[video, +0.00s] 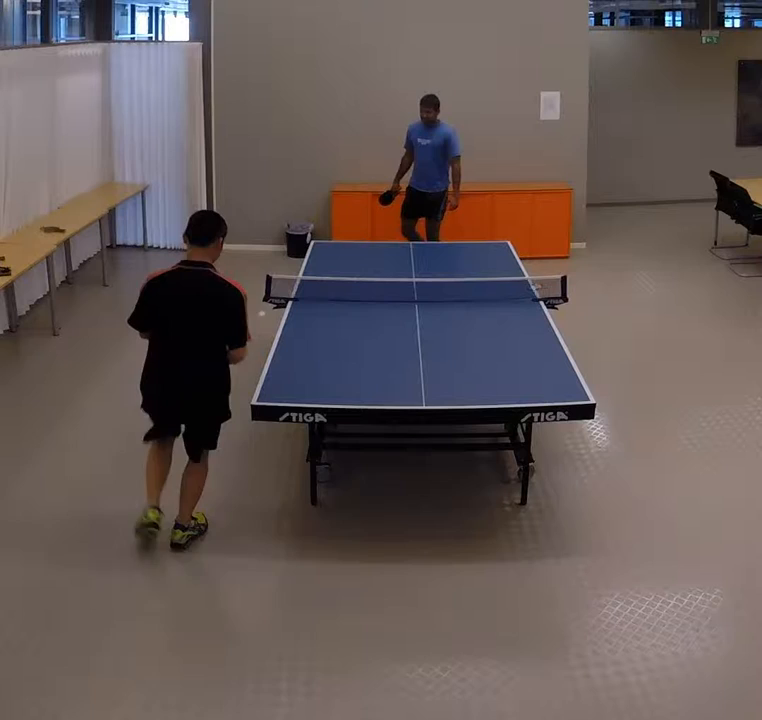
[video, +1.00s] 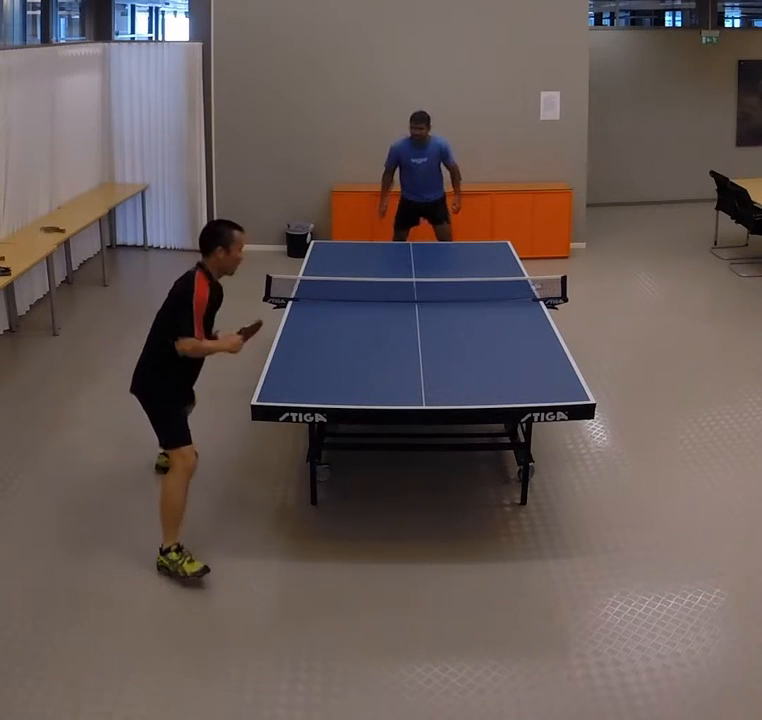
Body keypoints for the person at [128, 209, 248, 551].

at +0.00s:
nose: (222, 246)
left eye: (219, 241)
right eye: (223, 241)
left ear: (185, 241)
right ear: (219, 244)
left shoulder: (157, 282)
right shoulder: (230, 294)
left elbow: (143, 330)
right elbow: (237, 353)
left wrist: (171, 335)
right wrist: (208, 350)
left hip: (161, 384)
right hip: (206, 389)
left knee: (162, 436)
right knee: (198, 454)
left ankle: (152, 507)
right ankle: (183, 525)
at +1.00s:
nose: (242, 258)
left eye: (242, 251)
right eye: (239, 251)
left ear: (219, 252)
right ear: (219, 252)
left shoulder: (211, 285)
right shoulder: (194, 288)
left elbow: (200, 336)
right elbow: (183, 345)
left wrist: (233, 337)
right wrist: (222, 345)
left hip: (175, 378)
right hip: (156, 385)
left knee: (184, 408)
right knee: (184, 460)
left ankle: (165, 456)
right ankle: (169, 550)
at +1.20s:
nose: (245, 262)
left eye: (245, 255)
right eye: (242, 255)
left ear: (219, 255)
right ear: (220, 257)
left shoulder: (209, 284)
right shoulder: (195, 301)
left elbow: (225, 317)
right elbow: (224, 363)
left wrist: (262, 317)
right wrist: (268, 334)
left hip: (181, 386)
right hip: (163, 398)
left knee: (185, 432)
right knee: (190, 480)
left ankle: (164, 472)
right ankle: (171, 556)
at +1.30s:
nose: (255, 259)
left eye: (256, 252)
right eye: (252, 252)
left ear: (226, 252)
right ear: (231, 255)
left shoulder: (214, 281)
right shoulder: (203, 297)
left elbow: (236, 301)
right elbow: (235, 358)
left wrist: (273, 286)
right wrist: (285, 328)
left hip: (190, 391)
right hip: (167, 399)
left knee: (197, 451)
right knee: (185, 480)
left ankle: (165, 495)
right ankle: (170, 555)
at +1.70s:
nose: (329, 276)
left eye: (329, 268)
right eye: (324, 268)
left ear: (299, 269)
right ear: (300, 269)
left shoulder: (262, 303)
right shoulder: (285, 320)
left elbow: (216, 334)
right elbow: (276, 393)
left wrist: (173, 354)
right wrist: (338, 410)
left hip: (270, 428)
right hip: (243, 432)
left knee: (293, 494)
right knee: (225, 511)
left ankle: (312, 581)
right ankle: (174, 551)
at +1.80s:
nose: (351, 278)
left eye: (349, 270)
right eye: (348, 271)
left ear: (313, 273)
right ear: (335, 274)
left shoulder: (285, 310)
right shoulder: (315, 327)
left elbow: (241, 351)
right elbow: (301, 400)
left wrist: (203, 378)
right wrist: (354, 412)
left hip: (278, 433)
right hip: (279, 443)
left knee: (324, 497)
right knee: (275, 533)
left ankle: (318, 583)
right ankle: (202, 551)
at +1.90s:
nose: (364, 275)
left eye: (363, 269)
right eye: (363, 269)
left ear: (323, 271)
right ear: (357, 273)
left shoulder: (299, 313)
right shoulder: (348, 328)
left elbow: (258, 359)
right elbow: (340, 401)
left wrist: (228, 394)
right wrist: (389, 438)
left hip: (281, 435)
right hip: (310, 442)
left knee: (325, 507)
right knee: (348, 522)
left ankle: (319, 584)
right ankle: (269, 573)